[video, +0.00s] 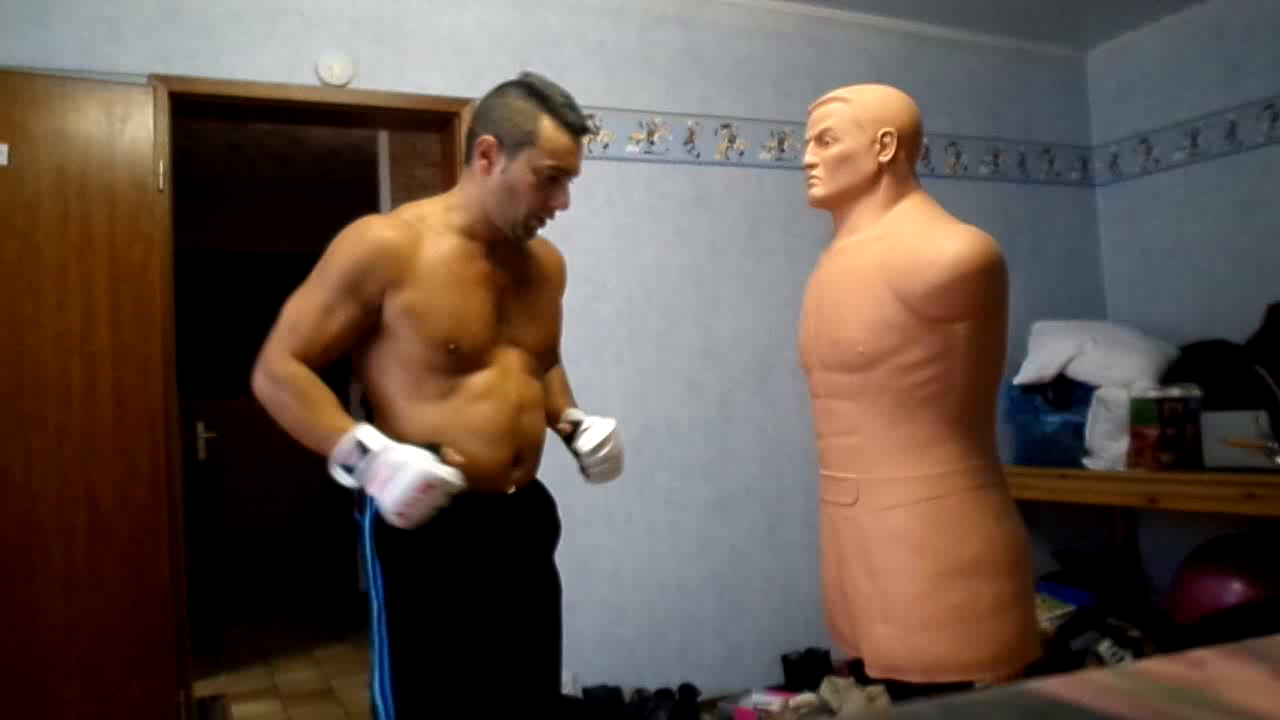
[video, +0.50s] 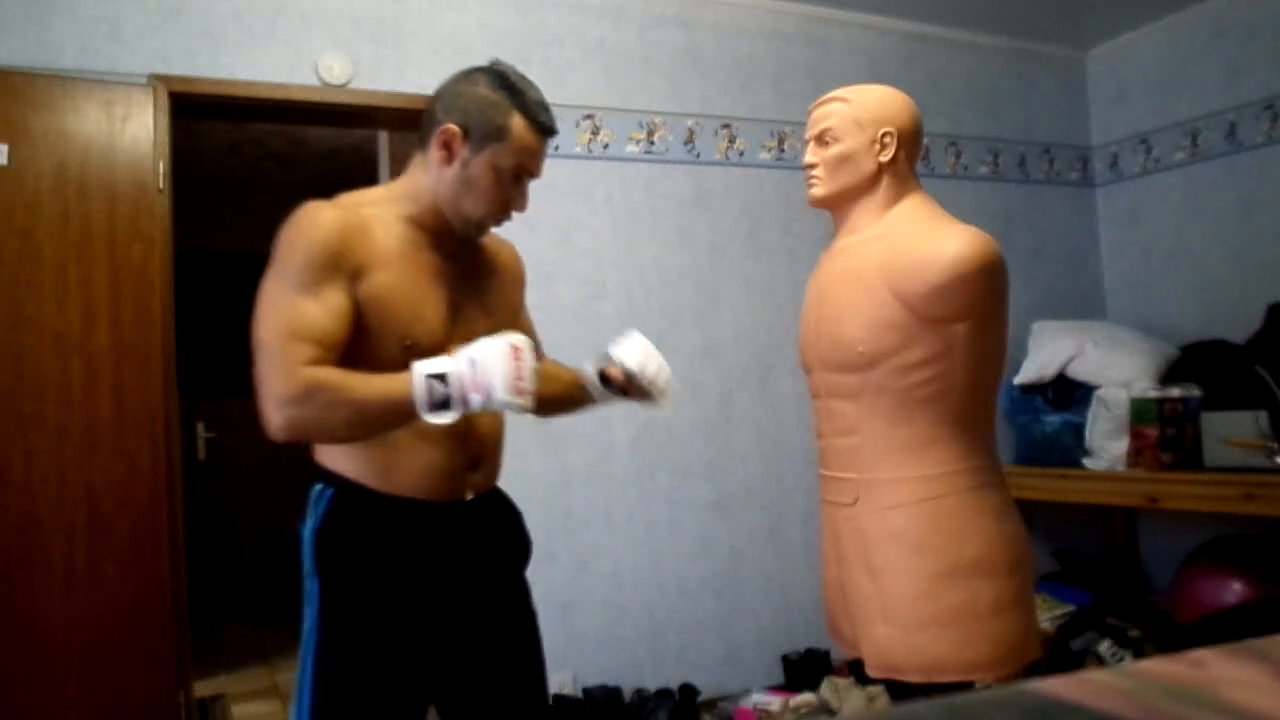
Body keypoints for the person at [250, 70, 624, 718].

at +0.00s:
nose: (562, 202)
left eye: (568, 182)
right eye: (550, 178)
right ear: (488, 156)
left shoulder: (544, 264)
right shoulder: (384, 246)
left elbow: (543, 364)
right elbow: (276, 370)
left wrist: (572, 422)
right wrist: (366, 458)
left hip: (520, 528)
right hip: (422, 531)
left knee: (530, 699)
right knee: (429, 708)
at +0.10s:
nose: (565, 203)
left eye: (571, 183)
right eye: (555, 178)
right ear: (494, 151)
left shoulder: (548, 261)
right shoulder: (384, 235)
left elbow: (553, 358)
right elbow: (271, 355)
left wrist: (572, 424)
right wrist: (366, 445)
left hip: (518, 522)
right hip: (421, 521)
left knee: (529, 696)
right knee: (427, 706)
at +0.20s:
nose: (558, 204)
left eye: (565, 184)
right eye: (548, 179)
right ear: (490, 153)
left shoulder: (542, 264)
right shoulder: (380, 236)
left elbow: (557, 366)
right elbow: (291, 377)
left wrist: (584, 424)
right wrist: (413, 442)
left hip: (514, 522)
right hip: (415, 523)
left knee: (527, 696)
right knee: (417, 706)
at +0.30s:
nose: (547, 210)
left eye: (554, 190)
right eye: (538, 185)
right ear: (479, 157)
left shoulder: (529, 268)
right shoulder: (374, 240)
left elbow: (559, 379)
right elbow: (334, 403)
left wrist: (606, 425)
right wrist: (482, 422)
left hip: (508, 532)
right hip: (406, 531)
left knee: (526, 704)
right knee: (399, 711)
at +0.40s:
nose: (534, 210)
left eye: (541, 190)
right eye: (524, 184)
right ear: (466, 155)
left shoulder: (514, 267)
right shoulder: (356, 238)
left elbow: (535, 389)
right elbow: (334, 405)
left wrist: (617, 402)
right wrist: (487, 389)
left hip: (497, 541)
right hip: (390, 544)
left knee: (524, 717)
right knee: (379, 718)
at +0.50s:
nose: (520, 204)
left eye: (528, 183)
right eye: (511, 178)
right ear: (449, 147)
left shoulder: (499, 262)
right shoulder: (328, 233)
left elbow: (523, 382)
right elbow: (289, 403)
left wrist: (601, 384)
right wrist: (450, 381)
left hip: (482, 544)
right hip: (370, 547)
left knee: (509, 713)